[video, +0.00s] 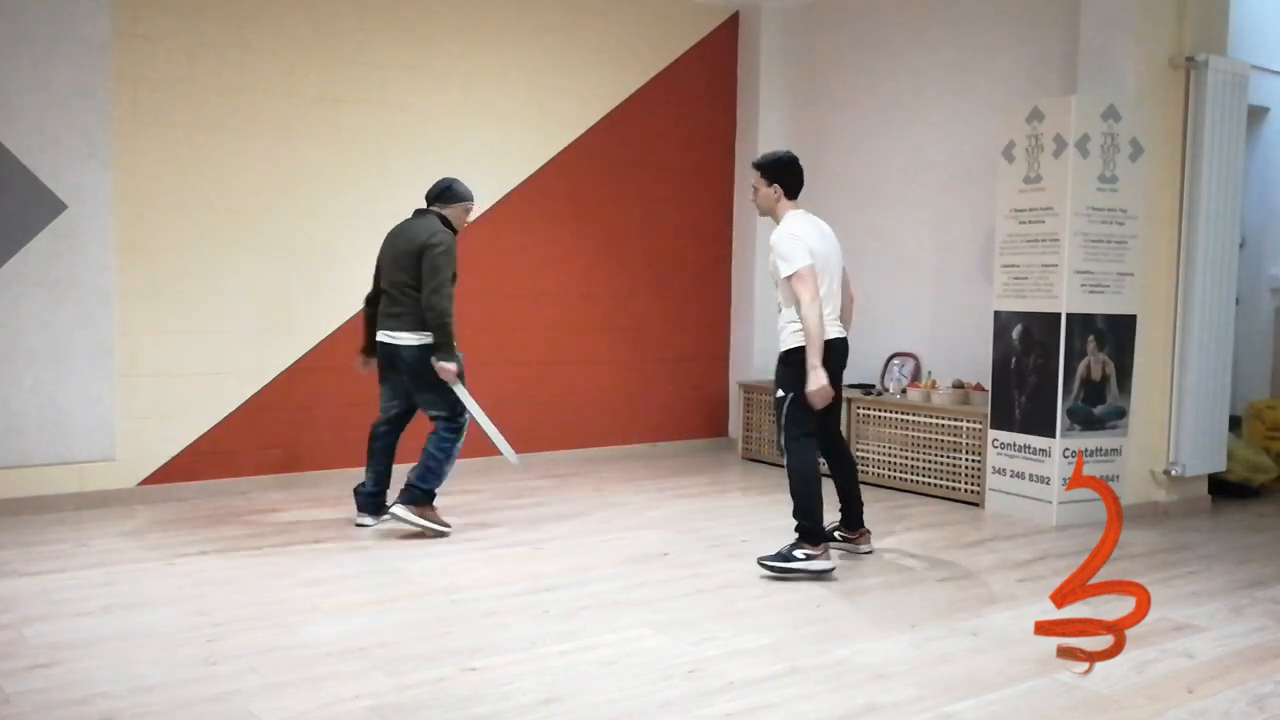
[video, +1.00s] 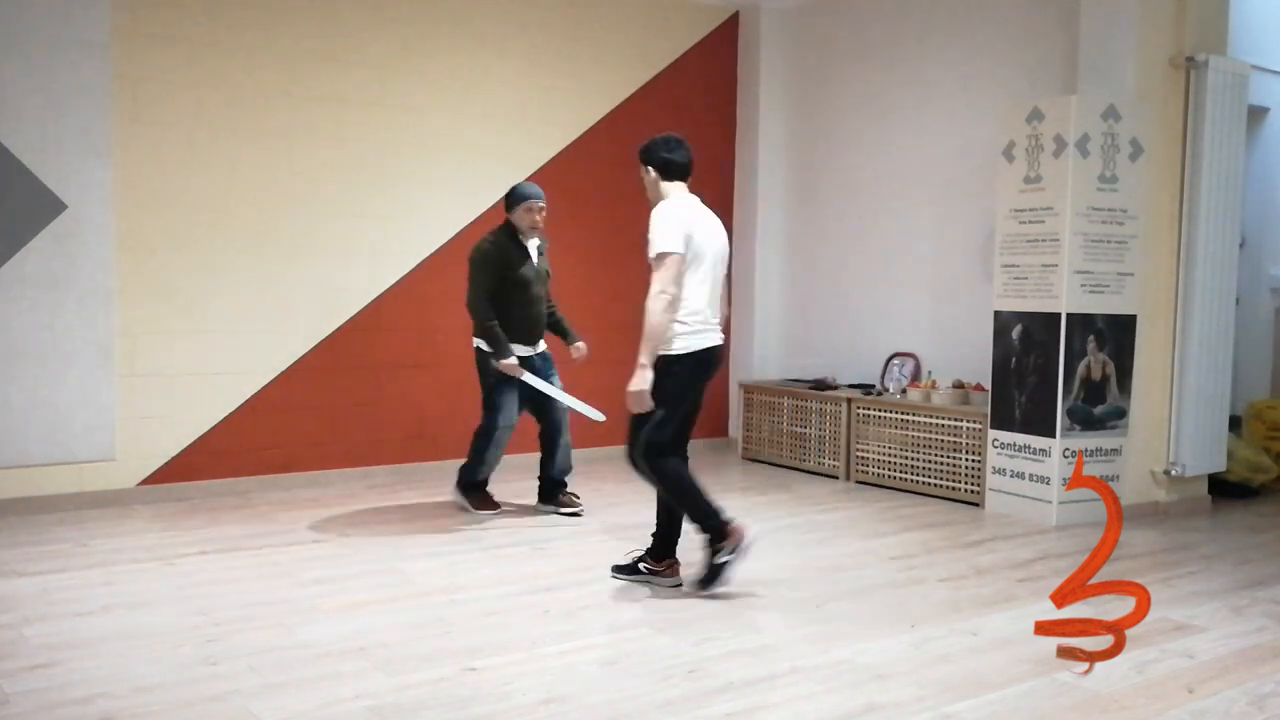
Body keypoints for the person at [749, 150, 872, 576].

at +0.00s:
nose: (753, 194)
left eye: (757, 187)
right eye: (753, 187)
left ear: (777, 190)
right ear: (788, 189)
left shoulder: (786, 235)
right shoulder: (820, 228)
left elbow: (809, 300)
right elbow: (846, 298)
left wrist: (817, 366)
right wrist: (836, 345)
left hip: (802, 351)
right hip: (832, 346)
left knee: (797, 441)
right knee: (830, 437)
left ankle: (812, 544)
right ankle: (854, 527)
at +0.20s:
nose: (749, 194)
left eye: (753, 186)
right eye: (749, 186)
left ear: (772, 187)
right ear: (785, 187)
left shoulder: (791, 234)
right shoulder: (819, 229)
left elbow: (793, 312)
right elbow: (839, 301)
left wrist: (759, 371)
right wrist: (837, 358)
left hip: (802, 356)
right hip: (823, 352)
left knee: (794, 453)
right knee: (823, 442)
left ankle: (811, 556)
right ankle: (848, 526)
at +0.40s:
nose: (735, 185)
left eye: (737, 176)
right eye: (736, 177)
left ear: (753, 177)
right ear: (774, 176)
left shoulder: (773, 224)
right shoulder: (806, 220)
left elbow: (754, 304)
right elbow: (827, 296)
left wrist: (710, 360)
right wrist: (825, 356)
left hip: (788, 354)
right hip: (808, 348)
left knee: (794, 449)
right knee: (768, 438)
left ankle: (812, 555)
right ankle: (802, 530)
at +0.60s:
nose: (708, 188)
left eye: (710, 178)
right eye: (708, 179)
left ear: (725, 177)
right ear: (750, 177)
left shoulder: (740, 228)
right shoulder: (784, 223)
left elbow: (723, 308)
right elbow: (807, 298)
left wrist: (687, 365)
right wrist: (806, 362)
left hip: (757, 362)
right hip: (785, 356)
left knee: (724, 447)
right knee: (793, 457)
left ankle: (695, 545)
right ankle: (811, 556)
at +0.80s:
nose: (671, 189)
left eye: (672, 179)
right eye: (672, 179)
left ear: (685, 179)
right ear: (712, 179)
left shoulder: (704, 224)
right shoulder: (743, 226)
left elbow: (696, 305)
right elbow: (763, 307)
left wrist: (673, 372)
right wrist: (761, 371)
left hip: (714, 366)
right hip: (734, 362)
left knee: (734, 459)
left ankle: (797, 542)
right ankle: (664, 555)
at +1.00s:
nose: (642, 181)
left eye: (642, 173)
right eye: (641, 173)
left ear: (652, 172)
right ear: (685, 173)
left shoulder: (669, 214)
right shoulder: (709, 218)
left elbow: (664, 293)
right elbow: (718, 302)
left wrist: (644, 365)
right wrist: (708, 349)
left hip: (679, 351)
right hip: (704, 349)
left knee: (646, 450)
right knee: (670, 451)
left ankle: (722, 532)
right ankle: (663, 556)